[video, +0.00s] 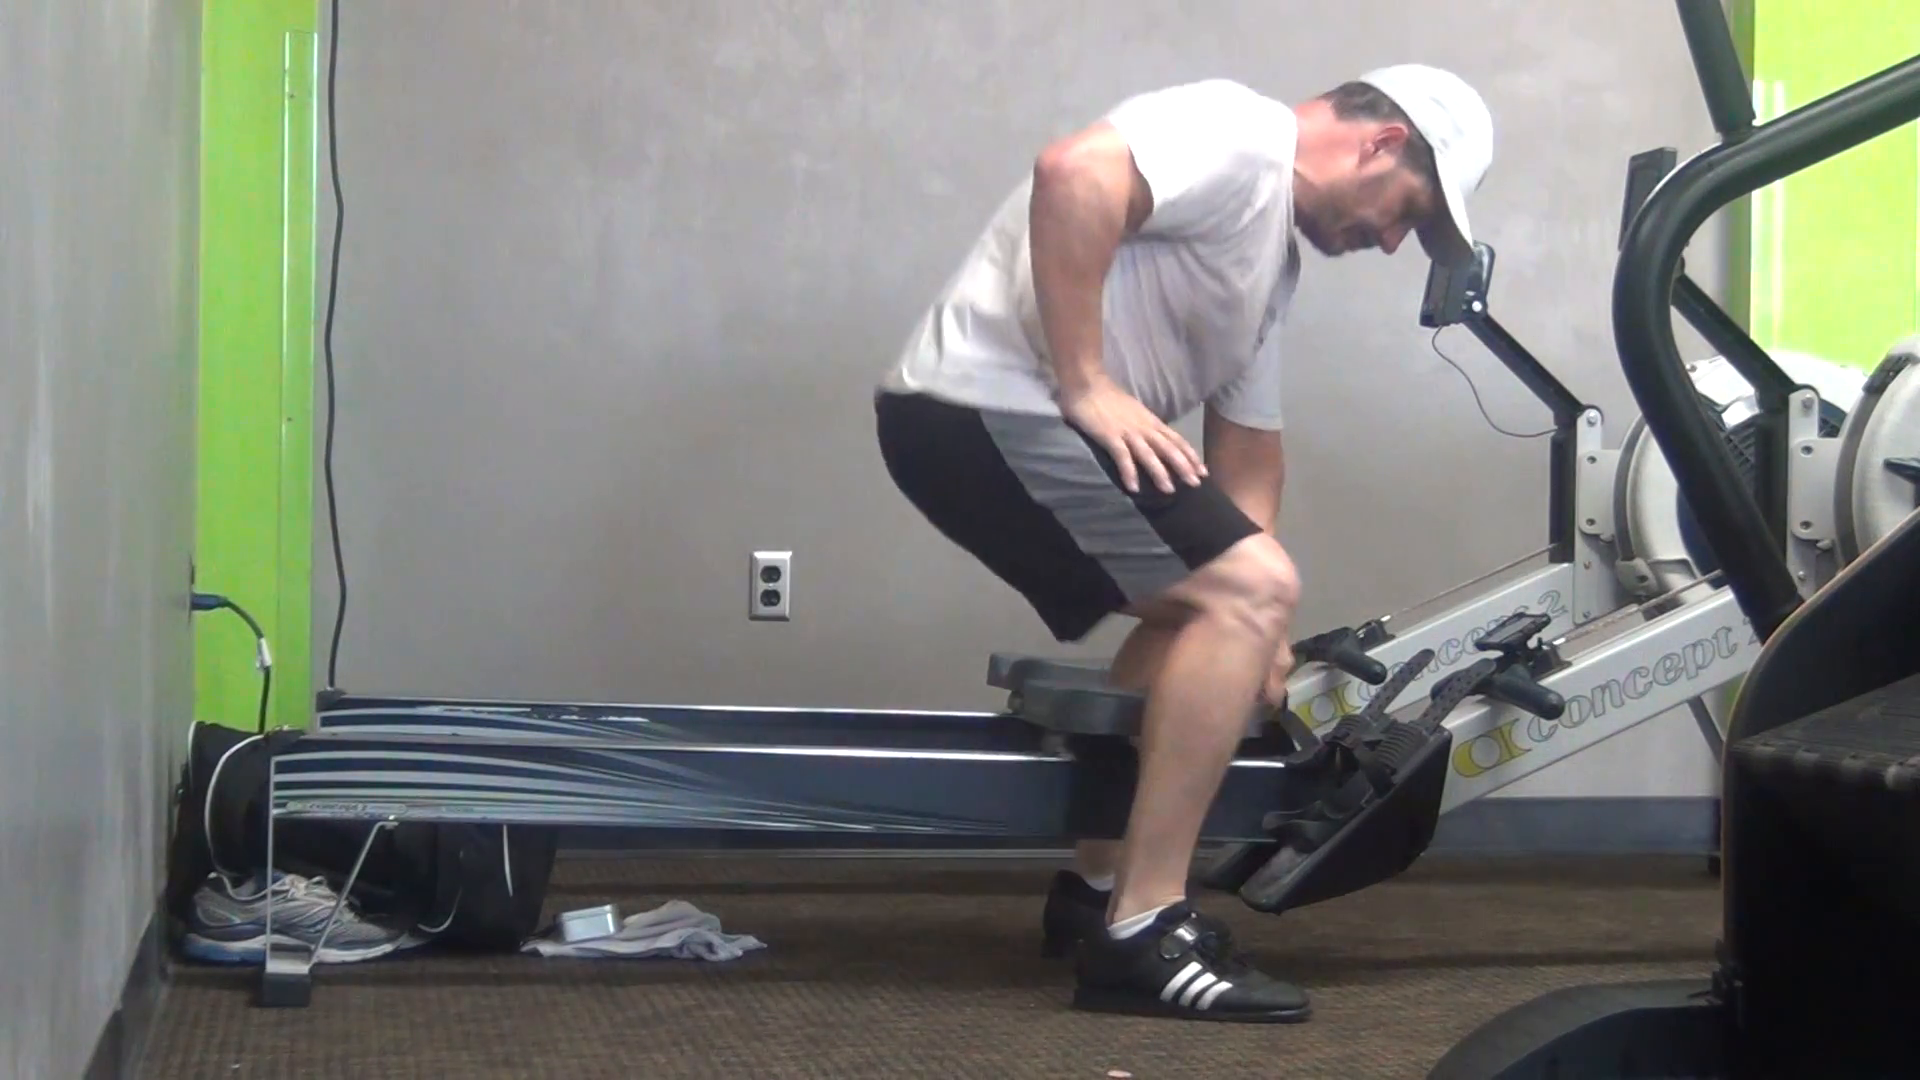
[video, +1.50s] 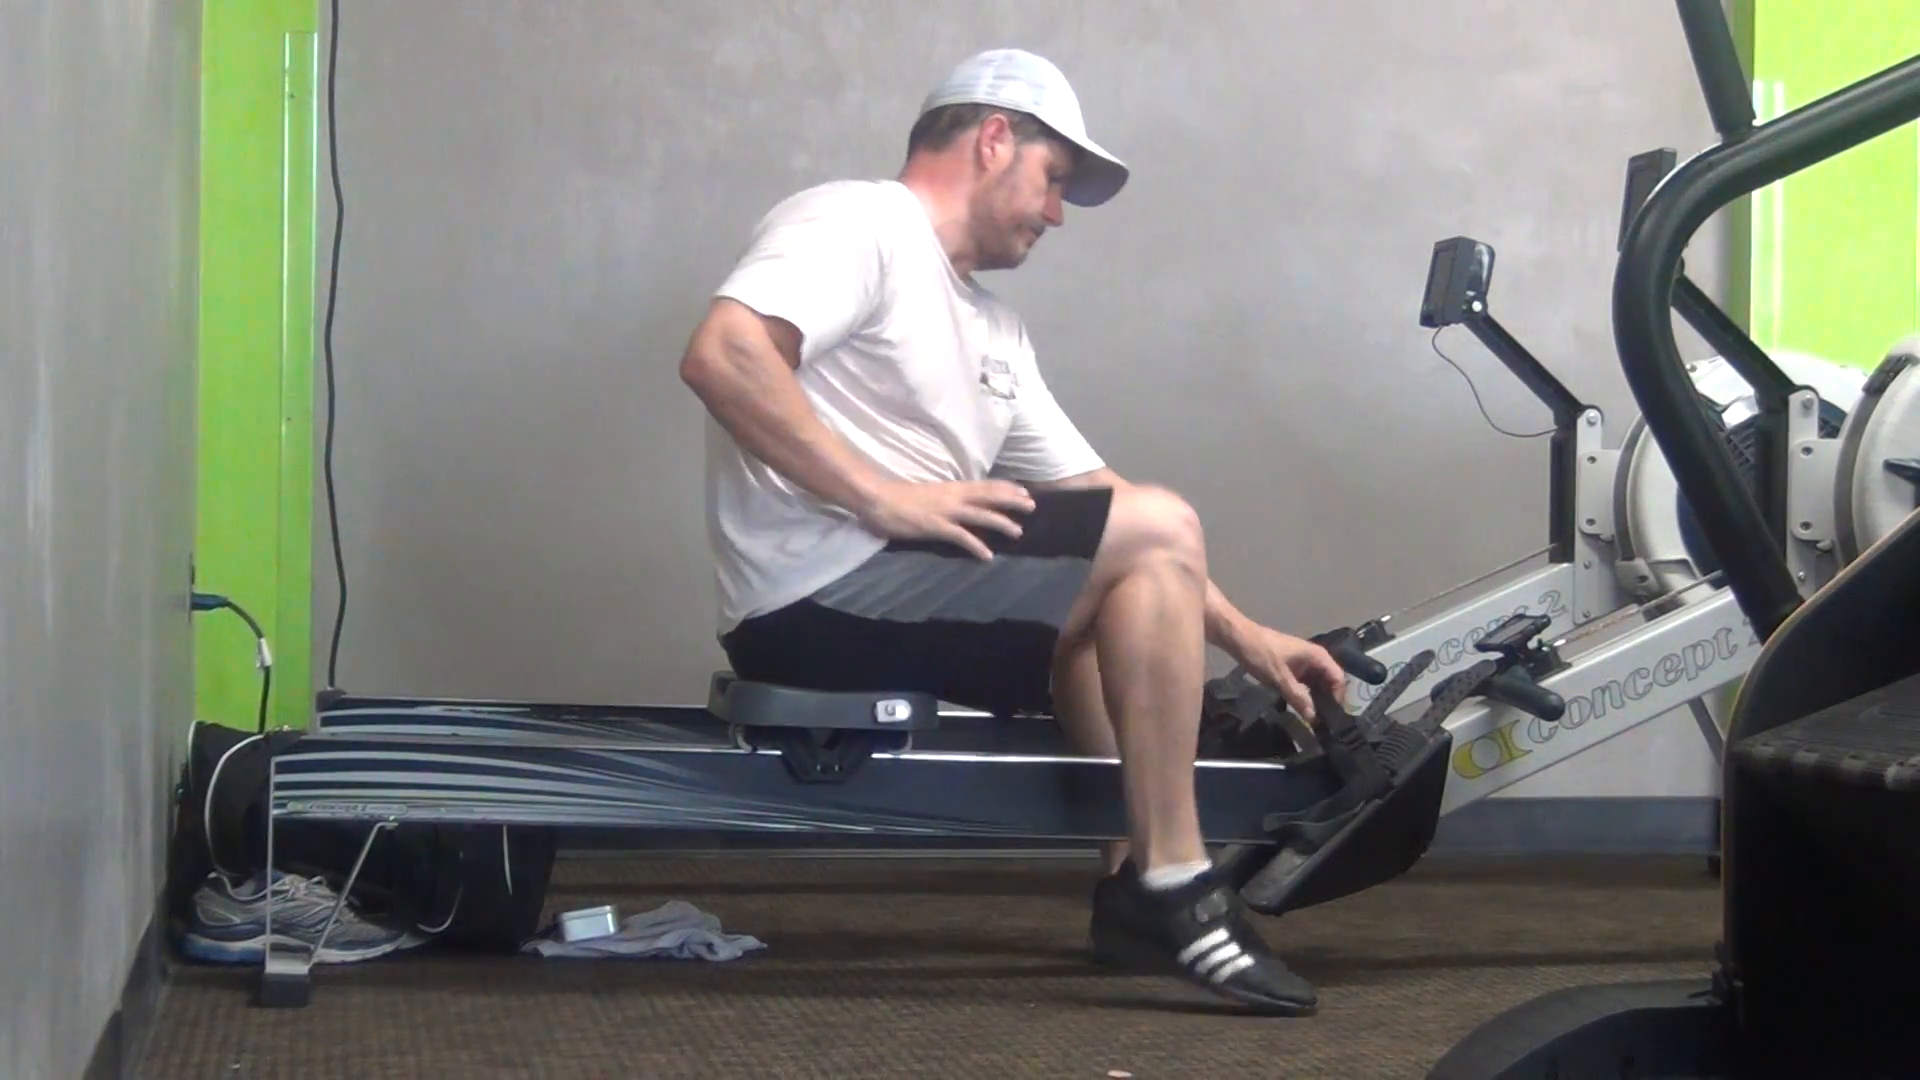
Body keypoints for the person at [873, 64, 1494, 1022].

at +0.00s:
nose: (1392, 243)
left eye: (1414, 231)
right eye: (1411, 213)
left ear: (1375, 145)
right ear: (1382, 143)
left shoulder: (1269, 258)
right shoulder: (1246, 136)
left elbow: (1248, 445)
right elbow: (1079, 175)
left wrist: (1258, 633)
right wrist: (1086, 381)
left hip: (1021, 413)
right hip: (982, 397)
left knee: (1199, 607)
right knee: (1256, 590)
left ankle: (1096, 884)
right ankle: (1142, 929)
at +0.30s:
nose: (1347, 280)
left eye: (1367, 264)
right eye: (1361, 249)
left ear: (1316, 187)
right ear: (1321, 184)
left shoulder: (1231, 301)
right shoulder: (1192, 213)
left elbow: (1214, 506)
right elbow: (1037, 302)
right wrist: (1109, 488)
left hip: (1049, 545)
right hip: (1000, 540)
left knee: (1231, 646)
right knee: (1327, 628)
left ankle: (1106, 879)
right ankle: (1149, 926)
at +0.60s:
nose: (1230, 271)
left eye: (1247, 253)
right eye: (1238, 240)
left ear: (1185, 188)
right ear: (1187, 184)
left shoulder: (1125, 302)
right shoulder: (1065, 241)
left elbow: (1166, 504)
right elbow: (924, 371)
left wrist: (1219, 649)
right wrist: (1035, 527)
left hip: (997, 588)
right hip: (936, 598)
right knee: (1286, 617)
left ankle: (1099, 882)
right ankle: (1145, 929)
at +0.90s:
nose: (1158, 235)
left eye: (1168, 212)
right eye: (1156, 199)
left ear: (1098, 172)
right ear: (1095, 163)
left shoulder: (1060, 333)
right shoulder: (962, 236)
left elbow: (1137, 506)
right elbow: (827, 369)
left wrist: (1272, 662)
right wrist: (947, 528)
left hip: (943, 599)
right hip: (860, 597)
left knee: (1199, 644)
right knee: (1224, 573)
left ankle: (1134, 933)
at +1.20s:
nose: (1133, 234)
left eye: (1141, 211)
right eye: (1130, 199)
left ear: (1067, 172)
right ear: (1067, 166)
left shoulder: (1041, 343)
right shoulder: (922, 234)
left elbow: (1126, 520)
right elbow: (777, 359)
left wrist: (1263, 674)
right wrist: (901, 525)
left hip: (914, 603)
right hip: (817, 596)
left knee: (1164, 628)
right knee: (1181, 567)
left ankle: (1136, 929)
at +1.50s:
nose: (1058, 215)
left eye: (1066, 193)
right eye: (1054, 180)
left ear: (993, 149)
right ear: (991, 142)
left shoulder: (991, 330)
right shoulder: (855, 219)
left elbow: (1103, 501)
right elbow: (724, 353)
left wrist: (1248, 638)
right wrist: (882, 497)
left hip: (907, 585)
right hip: (815, 591)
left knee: (1150, 565)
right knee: (1160, 531)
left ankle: (1147, 871)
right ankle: (1168, 877)